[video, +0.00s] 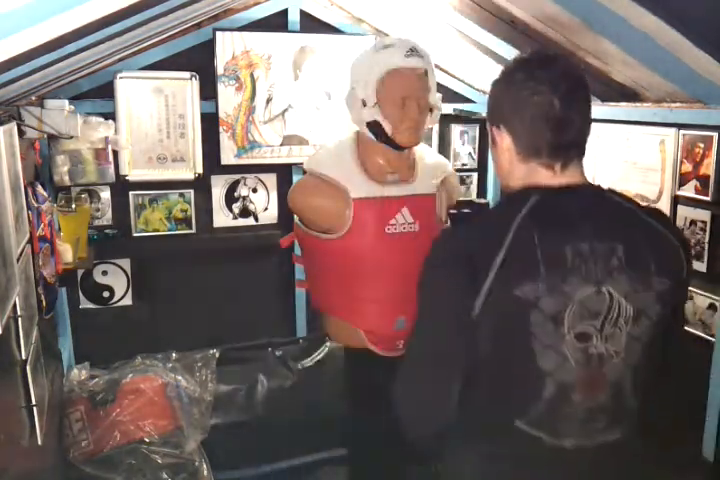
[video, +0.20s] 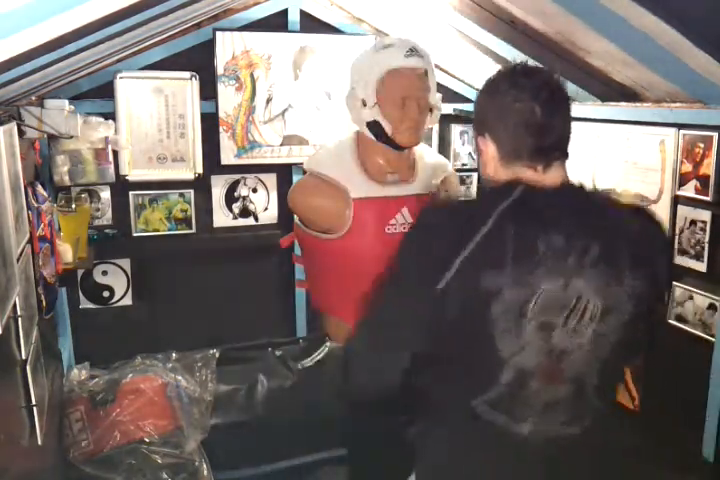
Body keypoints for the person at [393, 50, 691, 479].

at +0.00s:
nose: (491, 150)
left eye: (491, 137)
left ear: (500, 140)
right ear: (583, 133)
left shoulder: (474, 242)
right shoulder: (661, 239)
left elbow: (421, 412)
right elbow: (670, 397)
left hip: (501, 464)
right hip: (624, 464)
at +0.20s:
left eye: (474, 139)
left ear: (485, 149)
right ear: (565, 140)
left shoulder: (448, 231)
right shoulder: (636, 234)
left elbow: (371, 373)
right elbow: (635, 351)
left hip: (465, 458)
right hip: (590, 458)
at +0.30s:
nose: (471, 155)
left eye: (469, 143)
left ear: (479, 150)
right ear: (557, 141)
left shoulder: (438, 235)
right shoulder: (631, 249)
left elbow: (363, 350)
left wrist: (377, 463)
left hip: (452, 461)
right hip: (574, 463)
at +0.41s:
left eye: (465, 144)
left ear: (475, 152)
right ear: (553, 142)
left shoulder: (433, 234)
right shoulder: (628, 244)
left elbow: (365, 337)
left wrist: (374, 460)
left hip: (450, 458)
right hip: (565, 461)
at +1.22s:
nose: (466, 159)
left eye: (465, 148)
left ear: (476, 154)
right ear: (551, 143)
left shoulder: (440, 235)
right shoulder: (624, 238)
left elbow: (372, 359)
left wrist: (378, 467)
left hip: (455, 461)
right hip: (566, 463)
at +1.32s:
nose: (467, 158)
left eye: (465, 146)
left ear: (477, 153)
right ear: (551, 142)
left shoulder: (437, 237)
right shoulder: (624, 236)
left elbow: (372, 345)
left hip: (458, 461)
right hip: (567, 462)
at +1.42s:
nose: (468, 158)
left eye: (466, 146)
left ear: (477, 152)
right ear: (556, 141)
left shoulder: (443, 234)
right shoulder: (618, 229)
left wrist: (421, 188)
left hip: (463, 459)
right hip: (567, 458)